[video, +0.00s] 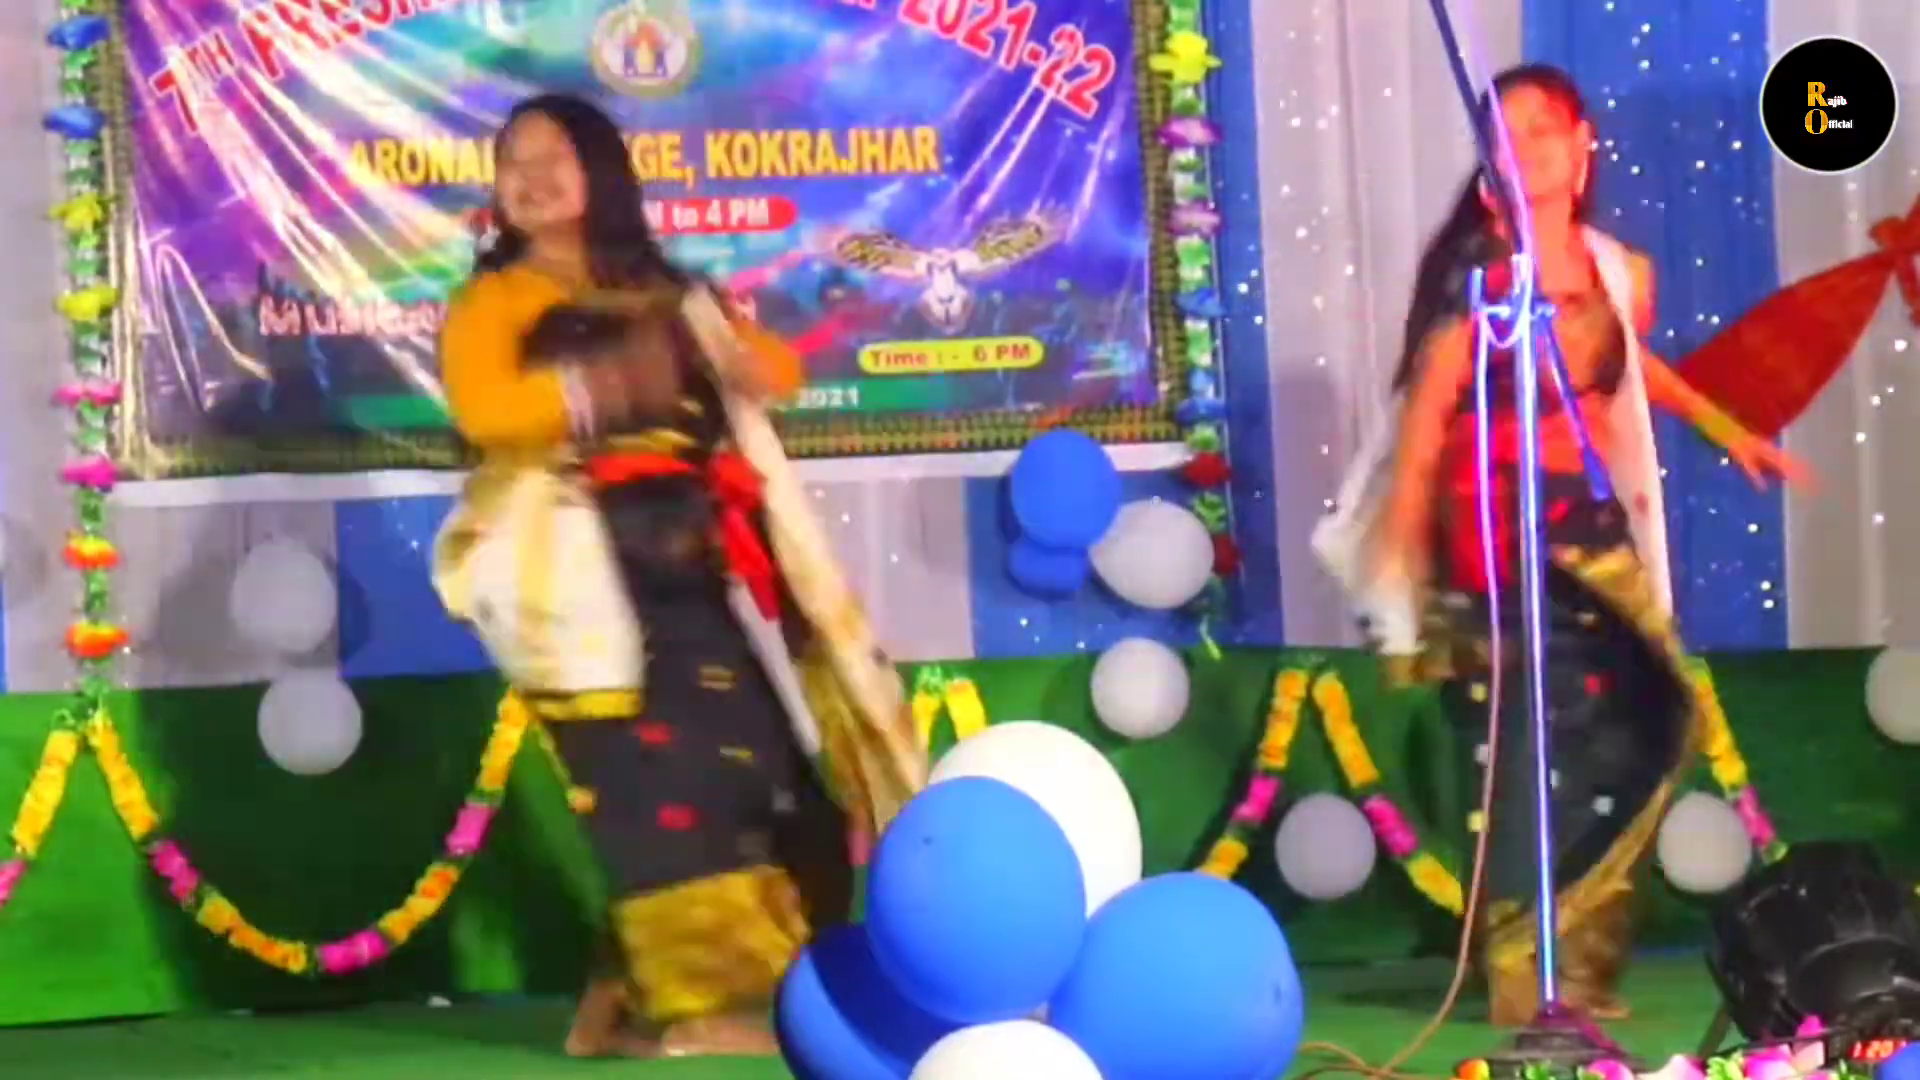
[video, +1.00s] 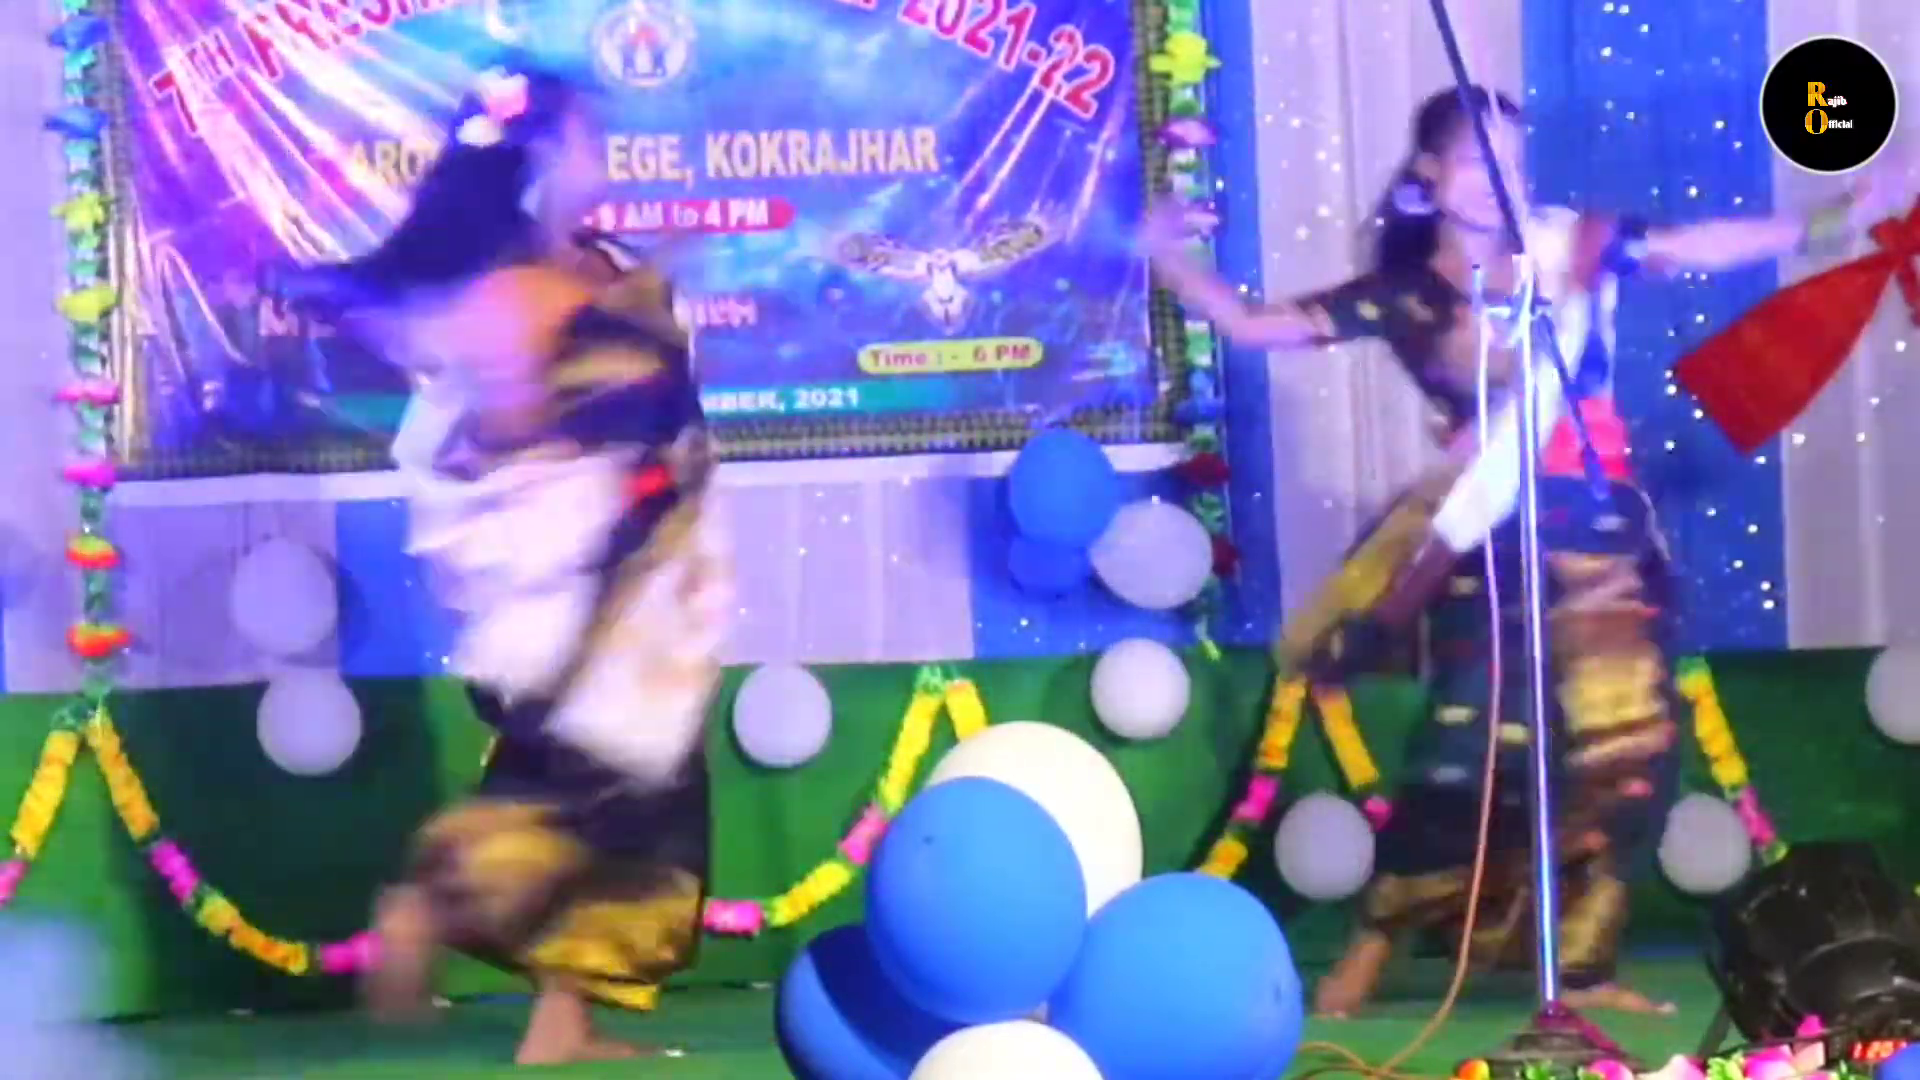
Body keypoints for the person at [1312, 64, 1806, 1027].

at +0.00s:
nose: (1524, 151)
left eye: (1541, 131)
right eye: (1506, 137)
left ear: (1584, 147)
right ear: (1486, 162)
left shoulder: (1619, 269)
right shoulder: (1472, 276)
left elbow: (1627, 365)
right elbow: (1429, 409)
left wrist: (1727, 432)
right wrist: (1401, 539)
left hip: (1593, 525)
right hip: (1490, 536)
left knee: (1645, 728)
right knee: (1525, 748)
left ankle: (1569, 970)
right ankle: (1530, 976)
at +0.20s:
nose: (1465, 147)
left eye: (1484, 128)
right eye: (1453, 129)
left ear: (1532, 132)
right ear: (1440, 135)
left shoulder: (1584, 226)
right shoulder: (1421, 245)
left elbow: (1697, 343)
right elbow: (1391, 379)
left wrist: (1617, 244)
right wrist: (1482, 297)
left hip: (1576, 525)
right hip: (1458, 528)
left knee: (1592, 729)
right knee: (1434, 726)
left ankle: (1561, 941)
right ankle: (1381, 927)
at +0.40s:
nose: (1411, 152)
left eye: (1430, 132)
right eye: (1401, 135)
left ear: (1481, 133)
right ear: (1393, 144)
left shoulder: (1550, 232)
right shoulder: (1386, 258)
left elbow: (1596, 344)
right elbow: (1339, 405)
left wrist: (1516, 304)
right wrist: (1409, 315)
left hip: (1543, 509)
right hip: (1423, 510)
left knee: (1539, 725)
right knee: (1389, 723)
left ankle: (1588, 944)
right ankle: (1379, 952)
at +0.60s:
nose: (1373, 171)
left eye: (1394, 155)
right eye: (1367, 154)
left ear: (1447, 167)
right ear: (1361, 168)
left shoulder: (1486, 267)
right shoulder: (1364, 291)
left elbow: (1572, 363)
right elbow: (1314, 410)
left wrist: (1648, 442)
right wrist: (1260, 506)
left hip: (1495, 544)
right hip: (1391, 549)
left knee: (1521, 758)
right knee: (1371, 759)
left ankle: (1595, 959)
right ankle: (1382, 958)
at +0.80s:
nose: (1380, 141)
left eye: (1402, 125)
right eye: (1368, 123)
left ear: (1444, 135)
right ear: (1353, 135)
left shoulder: (1498, 212)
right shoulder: (1366, 242)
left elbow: (1635, 214)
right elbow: (1299, 219)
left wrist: (1769, 199)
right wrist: (1244, 189)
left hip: (1530, 491)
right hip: (1406, 497)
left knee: (1570, 719)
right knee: (1406, 726)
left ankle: (1601, 953)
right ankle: (1386, 958)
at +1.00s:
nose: (1496, 174)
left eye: (1506, 155)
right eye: (1473, 159)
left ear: (1526, 159)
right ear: (1429, 176)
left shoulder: (1582, 239)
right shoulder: (1403, 289)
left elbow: (1708, 246)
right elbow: (1250, 326)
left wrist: (1832, 224)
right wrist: (1170, 255)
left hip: (1597, 525)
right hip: (1483, 533)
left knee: (1617, 741)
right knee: (1464, 739)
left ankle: (1582, 962)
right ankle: (1379, 938)